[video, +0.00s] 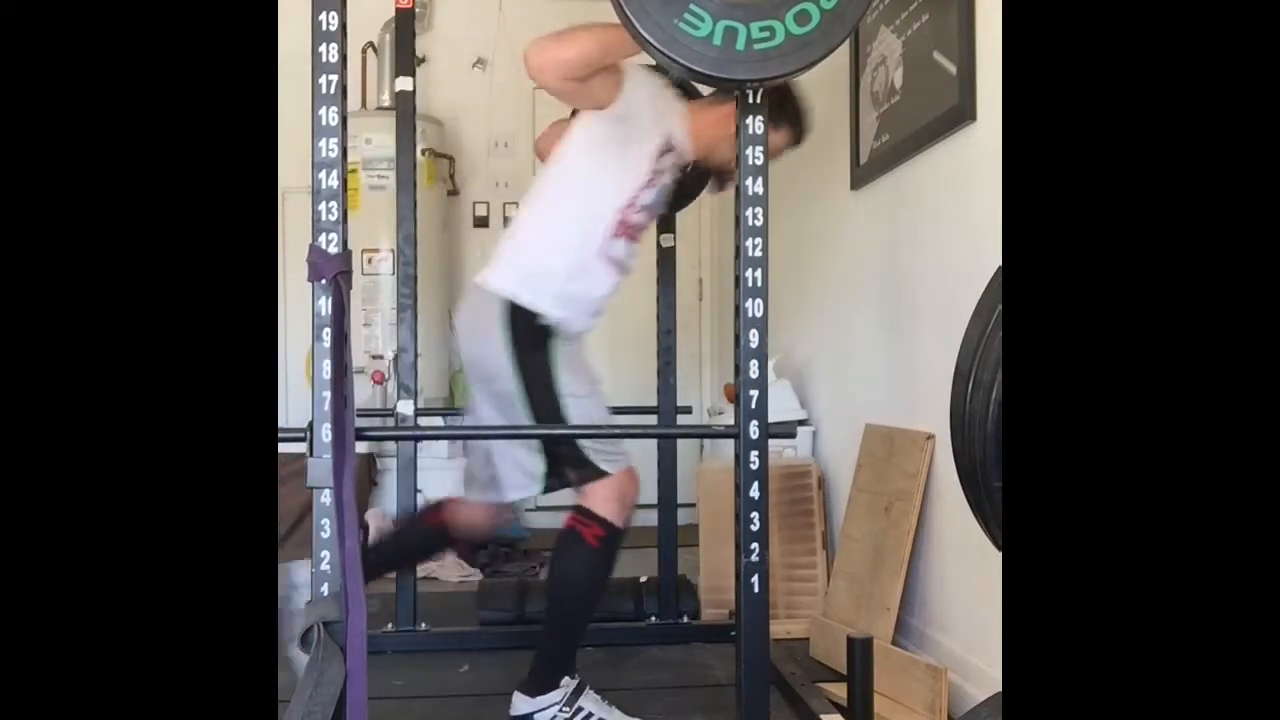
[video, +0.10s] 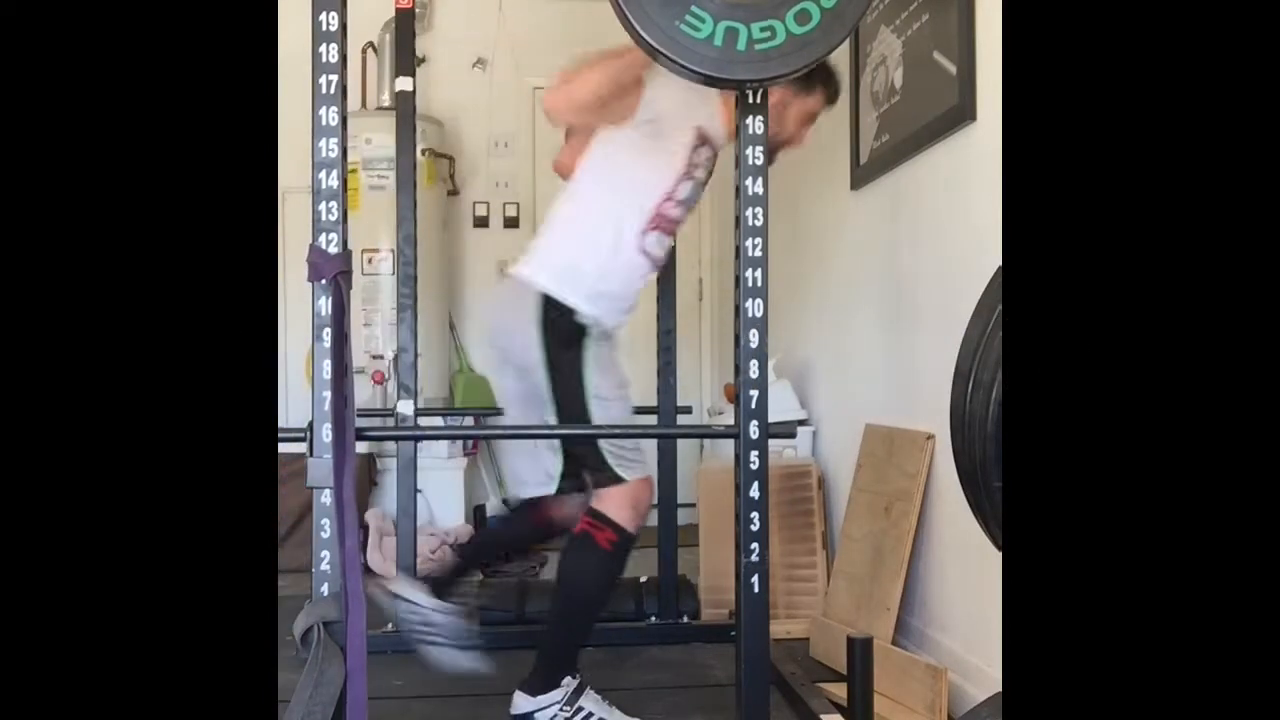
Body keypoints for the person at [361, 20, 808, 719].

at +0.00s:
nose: (747, 169)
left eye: (760, 162)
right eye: (758, 153)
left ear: (738, 120)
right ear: (745, 114)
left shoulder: (674, 155)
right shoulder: (642, 96)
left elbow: (553, 143)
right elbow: (545, 57)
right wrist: (642, 31)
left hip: (543, 322)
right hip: (510, 311)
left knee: (488, 510)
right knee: (610, 488)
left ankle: (345, 570)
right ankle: (545, 691)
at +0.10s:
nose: (801, 138)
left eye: (811, 124)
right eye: (807, 117)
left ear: (779, 96)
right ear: (777, 90)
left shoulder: (701, 125)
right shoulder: (679, 90)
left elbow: (572, 162)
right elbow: (560, 102)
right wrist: (646, 49)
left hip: (577, 315)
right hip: (551, 311)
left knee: (580, 497)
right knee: (624, 493)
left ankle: (429, 576)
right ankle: (547, 689)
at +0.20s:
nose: (818, 96)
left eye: (824, 82)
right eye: (819, 76)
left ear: (784, 70)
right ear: (783, 60)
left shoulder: (723, 119)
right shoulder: (690, 88)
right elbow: (588, 147)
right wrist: (663, 56)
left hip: (615, 311)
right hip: (578, 303)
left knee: (643, 491)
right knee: (635, 497)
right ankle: (549, 685)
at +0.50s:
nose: (761, 45)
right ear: (716, 27)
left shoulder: (709, 105)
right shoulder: (672, 87)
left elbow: (588, 189)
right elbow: (593, 153)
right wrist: (664, 64)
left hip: (629, 313)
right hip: (612, 313)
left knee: (690, 482)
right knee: (710, 486)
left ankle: (640, 649)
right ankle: (643, 673)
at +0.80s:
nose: (757, 42)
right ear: (717, 26)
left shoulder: (710, 106)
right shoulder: (676, 81)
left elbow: (585, 183)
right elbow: (588, 143)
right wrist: (662, 55)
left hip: (630, 311)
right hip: (622, 312)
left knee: (683, 482)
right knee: (719, 491)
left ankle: (627, 649)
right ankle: (655, 694)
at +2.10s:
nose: (759, 48)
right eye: (752, 35)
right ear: (723, 28)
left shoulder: (698, 102)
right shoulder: (681, 77)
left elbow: (576, 168)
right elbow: (567, 116)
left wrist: (671, 180)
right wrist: (654, 44)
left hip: (630, 308)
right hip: (617, 309)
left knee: (674, 484)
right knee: (711, 491)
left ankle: (627, 651)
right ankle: (651, 694)